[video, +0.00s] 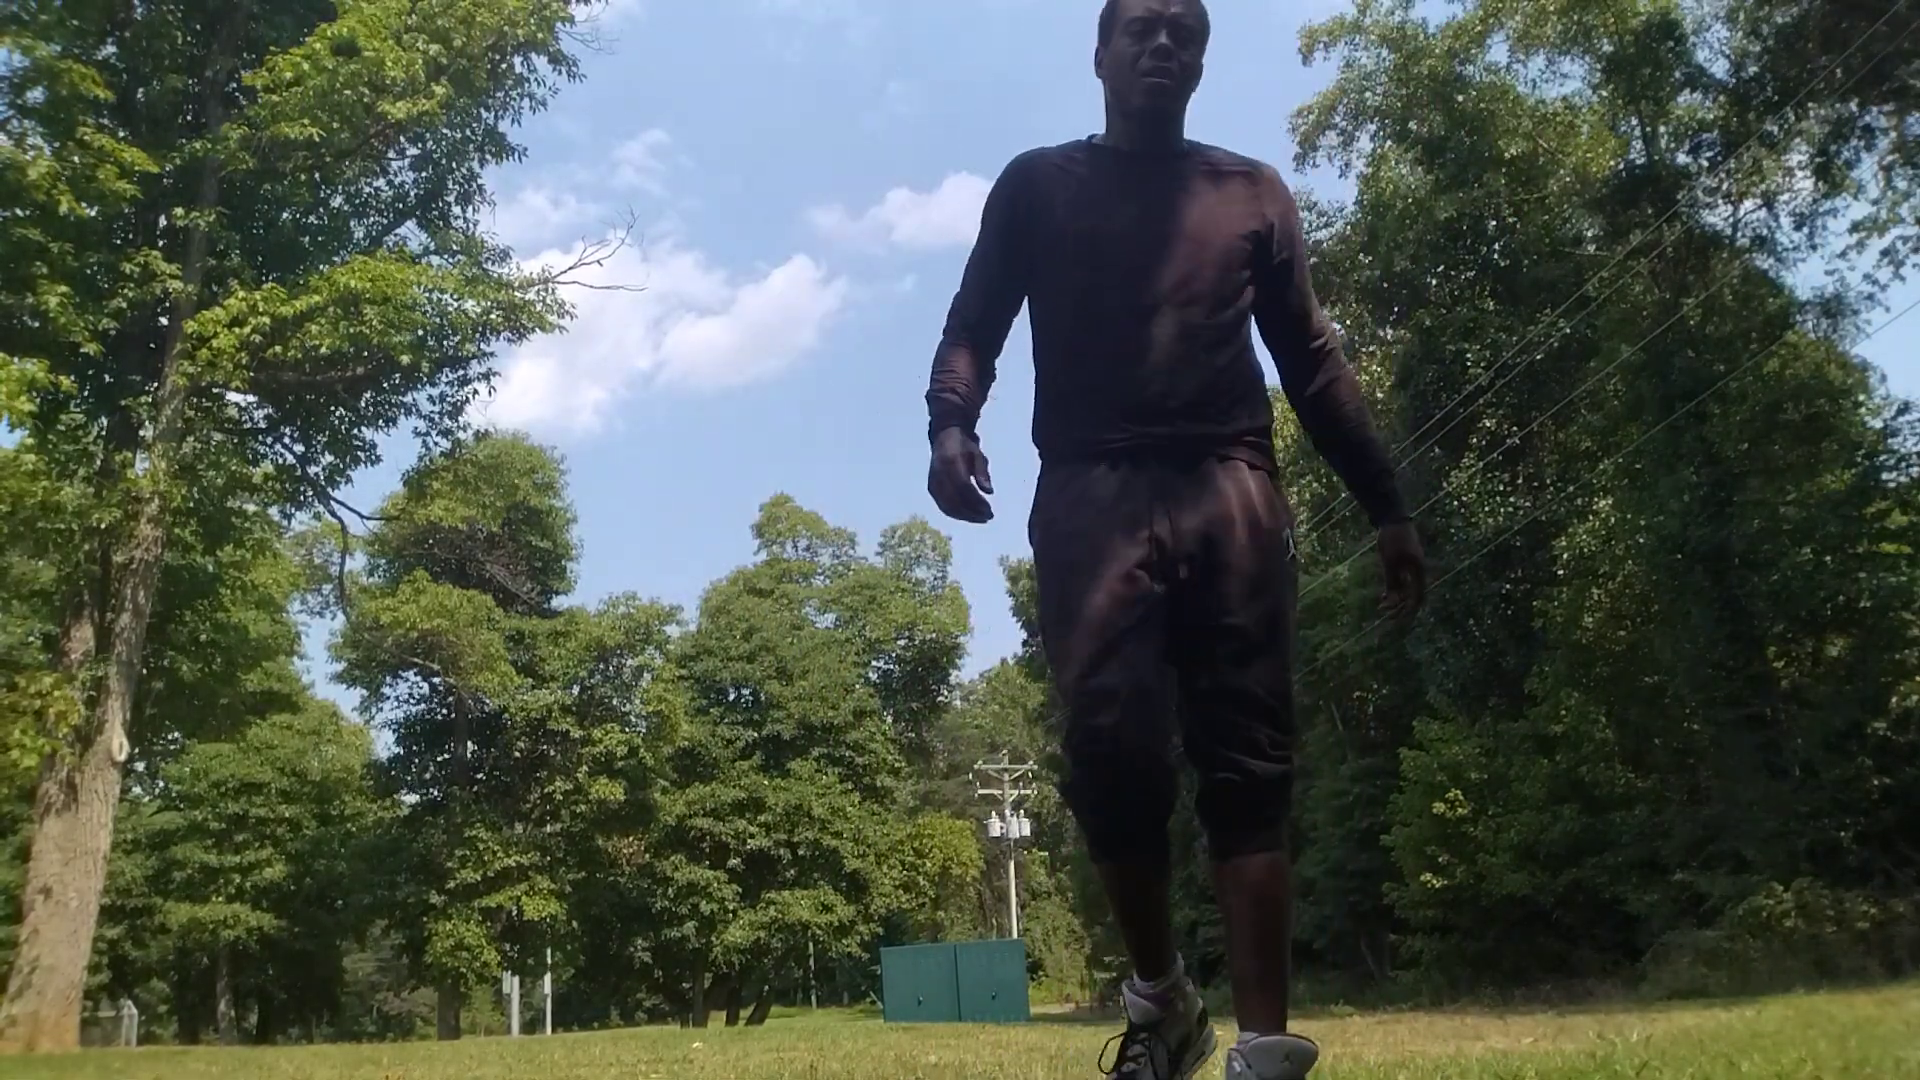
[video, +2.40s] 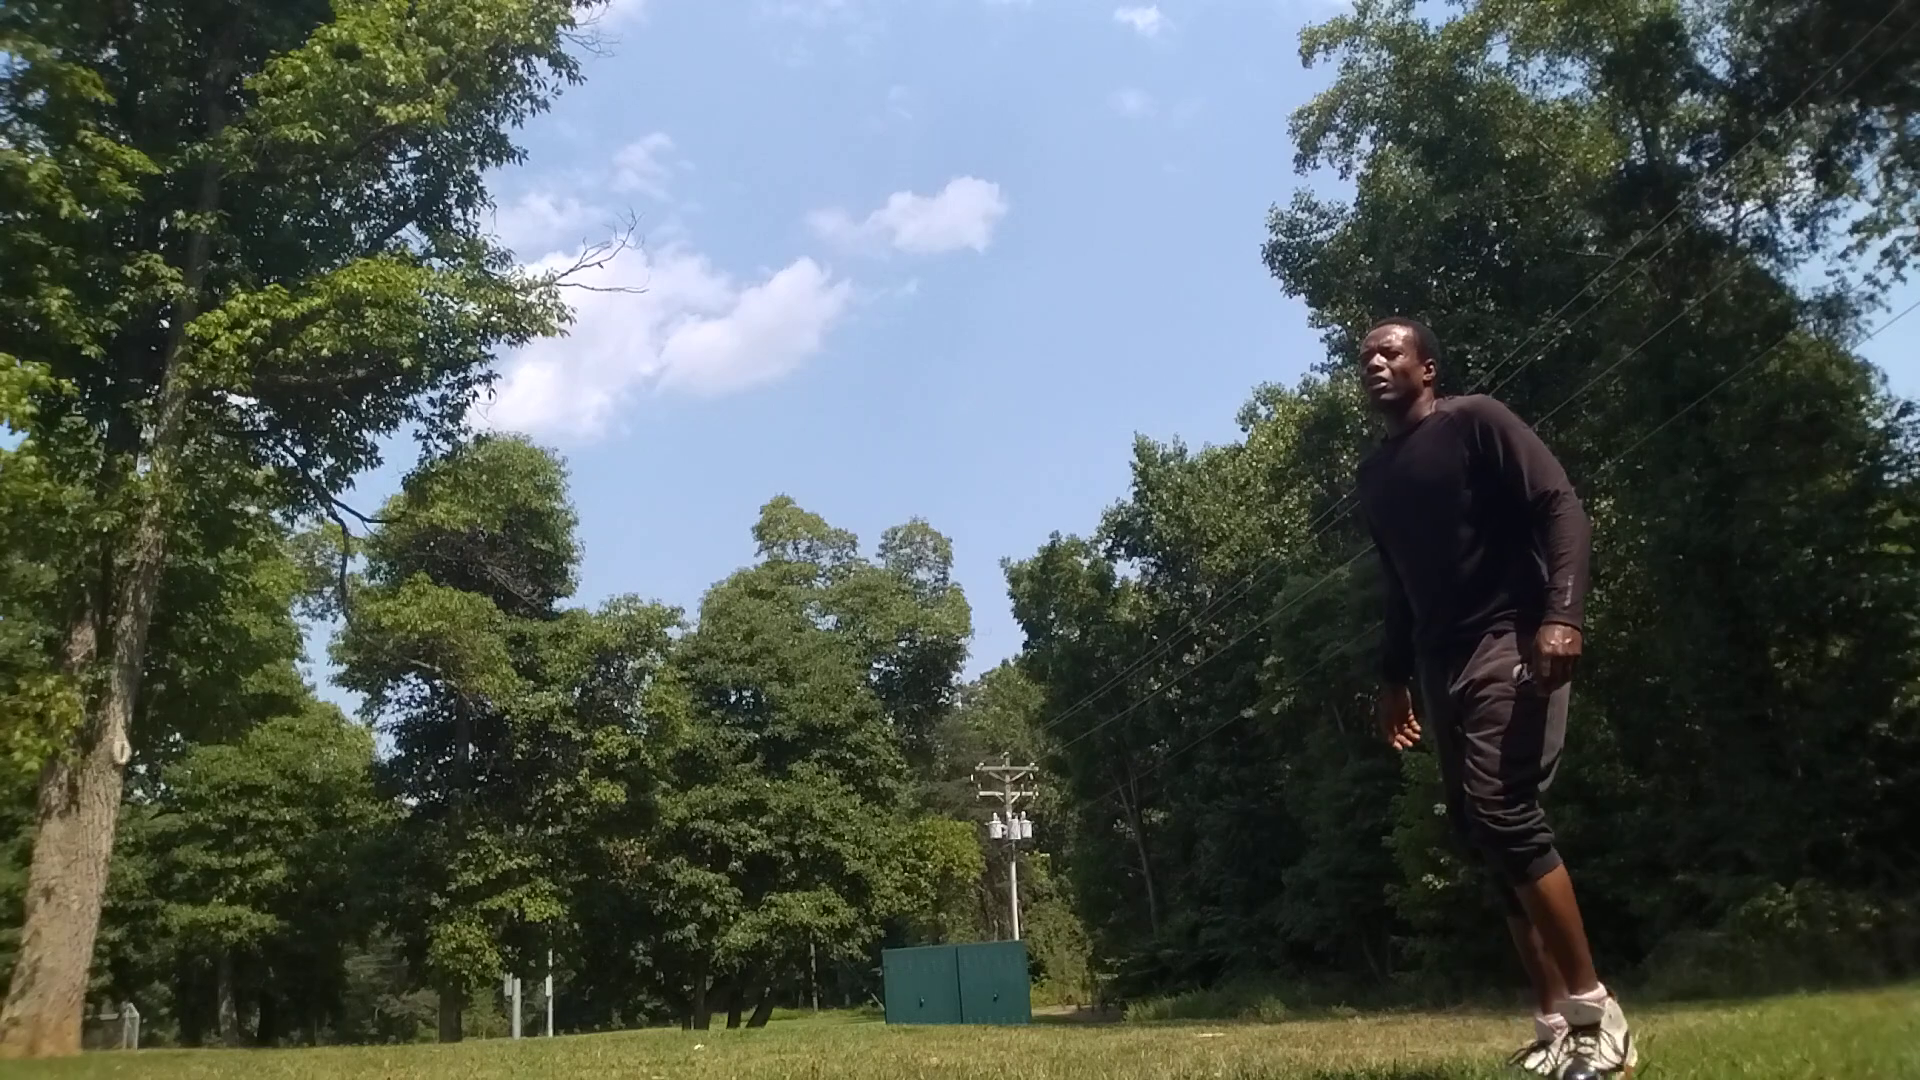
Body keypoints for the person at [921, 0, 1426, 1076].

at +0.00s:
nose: (1164, 46)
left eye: (1184, 34)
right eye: (1143, 29)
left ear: (1202, 61)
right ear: (1102, 50)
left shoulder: (1253, 191)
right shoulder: (1035, 185)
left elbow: (1314, 363)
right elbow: (971, 332)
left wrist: (1391, 511)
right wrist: (949, 421)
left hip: (1232, 492)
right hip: (1089, 497)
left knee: (1249, 767)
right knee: (1110, 749)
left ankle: (1266, 1045)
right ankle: (1155, 1000)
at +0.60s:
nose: (1080, 193)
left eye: (1097, 178)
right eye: (1063, 184)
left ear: (1131, 198)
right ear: (1045, 210)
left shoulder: (1203, 287)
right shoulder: (1023, 331)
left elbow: (1275, 414)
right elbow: (978, 467)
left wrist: (1309, 530)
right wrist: (897, 579)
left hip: (1212, 550)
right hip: (1094, 572)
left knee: (1243, 770)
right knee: (1136, 801)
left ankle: (1271, 1027)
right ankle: (1176, 1040)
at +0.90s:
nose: (1097, 233)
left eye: (1115, 218)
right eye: (1085, 225)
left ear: (1157, 236)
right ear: (1077, 251)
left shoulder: (1223, 304)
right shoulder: (1077, 366)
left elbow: (1311, 413)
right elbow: (1077, 504)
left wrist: (1349, 529)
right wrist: (1034, 622)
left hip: (1230, 572)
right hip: (1124, 590)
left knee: (1257, 781)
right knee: (1151, 810)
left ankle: (1353, 999)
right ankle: (1181, 1049)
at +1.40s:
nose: (1253, 298)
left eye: (1267, 283)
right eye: (1239, 287)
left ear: (1301, 292)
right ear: (1224, 304)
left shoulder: (1362, 372)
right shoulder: (1210, 406)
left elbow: (1435, 485)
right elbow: (1197, 520)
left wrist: (1450, 601)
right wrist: (1162, 610)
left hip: (1363, 619)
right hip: (1261, 628)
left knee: (1386, 821)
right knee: (1243, 809)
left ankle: (1400, 1042)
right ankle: (1268, 1029)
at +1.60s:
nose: (1294, 315)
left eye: (1308, 300)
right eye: (1280, 304)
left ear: (1340, 308)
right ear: (1265, 319)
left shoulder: (1403, 393)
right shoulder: (1246, 420)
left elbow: (1474, 509)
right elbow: (1222, 529)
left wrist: (1531, 628)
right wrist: (1170, 620)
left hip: (1395, 628)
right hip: (1299, 642)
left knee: (1400, 826)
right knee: (1311, 831)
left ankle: (1404, 1042)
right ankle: (1431, 992)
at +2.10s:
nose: (1354, 365)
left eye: (1368, 351)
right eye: (1343, 355)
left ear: (1403, 362)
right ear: (1333, 371)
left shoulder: (1458, 425)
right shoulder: (1338, 467)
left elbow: (1535, 520)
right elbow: (1345, 577)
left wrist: (1548, 625)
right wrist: (1320, 671)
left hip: (1473, 646)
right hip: (1407, 665)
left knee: (1457, 825)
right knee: (1490, 836)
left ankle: (1452, 1041)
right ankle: (1566, 1029)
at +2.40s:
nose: (1374, 364)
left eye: (1389, 352)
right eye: (1367, 357)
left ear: (1427, 364)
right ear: (1366, 377)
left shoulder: (1476, 417)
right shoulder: (1374, 471)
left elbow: (1561, 505)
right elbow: (1397, 583)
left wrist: (1563, 613)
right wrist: (1394, 677)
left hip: (1512, 641)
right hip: (1443, 665)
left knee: (1504, 813)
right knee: (1483, 830)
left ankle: (1595, 1012)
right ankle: (1556, 1025)